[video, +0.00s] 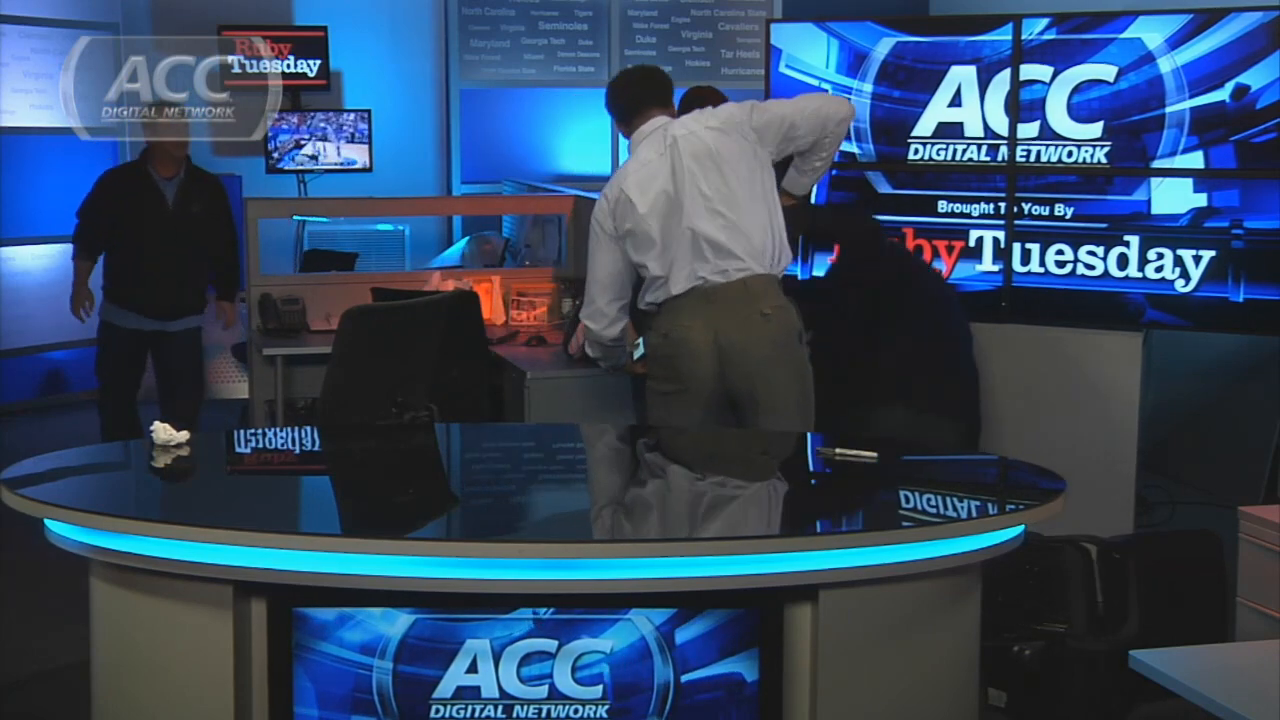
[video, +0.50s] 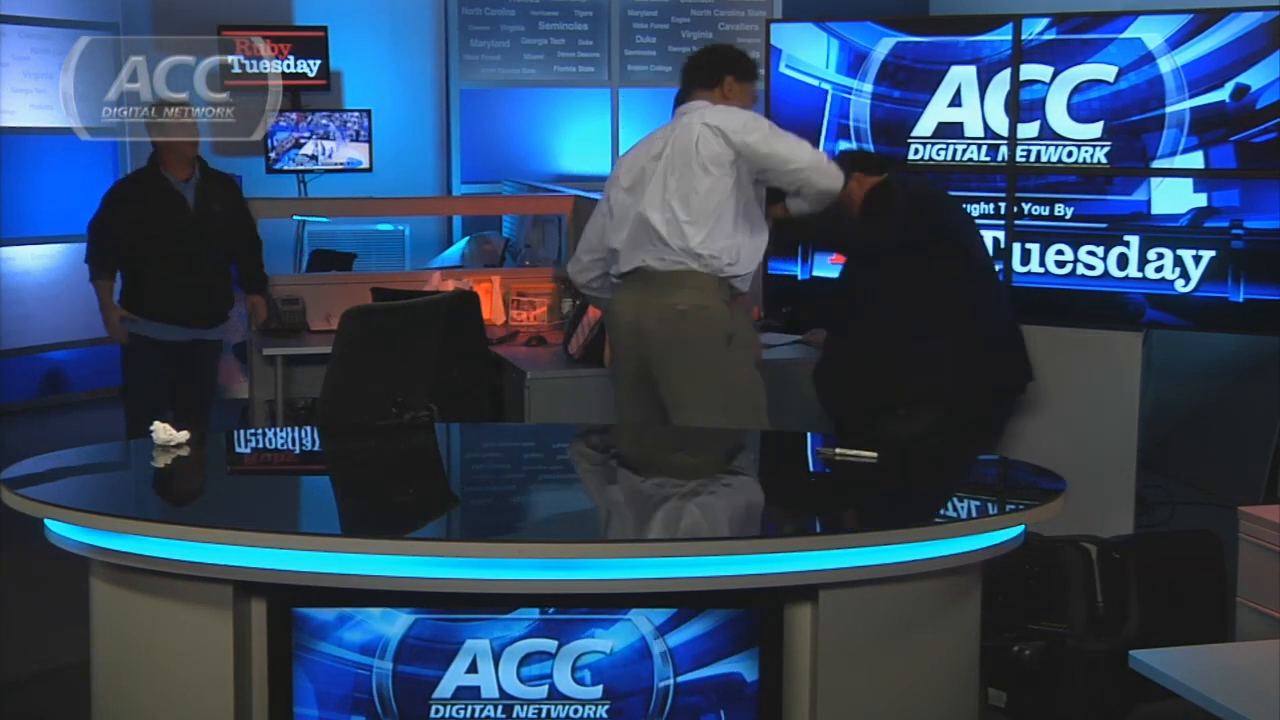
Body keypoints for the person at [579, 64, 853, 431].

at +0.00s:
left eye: (614, 125)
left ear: (619, 127)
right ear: (673, 105)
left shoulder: (617, 194)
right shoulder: (733, 122)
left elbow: (603, 324)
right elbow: (836, 111)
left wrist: (621, 360)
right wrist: (792, 189)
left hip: (679, 326)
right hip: (762, 310)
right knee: (765, 473)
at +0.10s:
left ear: (625, 114)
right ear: (680, 97)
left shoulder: (616, 191)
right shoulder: (732, 120)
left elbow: (599, 319)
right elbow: (837, 109)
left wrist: (616, 353)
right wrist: (796, 181)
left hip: (671, 325)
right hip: (753, 309)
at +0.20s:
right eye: (696, 95)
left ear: (635, 108)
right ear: (690, 95)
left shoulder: (616, 184)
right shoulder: (731, 118)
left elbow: (593, 307)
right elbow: (837, 112)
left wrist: (621, 347)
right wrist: (797, 173)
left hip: (665, 319)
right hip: (744, 306)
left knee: (677, 477)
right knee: (745, 476)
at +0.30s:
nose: (711, 99)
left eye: (710, 94)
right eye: (710, 92)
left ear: (648, 101)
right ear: (698, 90)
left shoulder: (618, 175)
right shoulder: (730, 117)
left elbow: (590, 295)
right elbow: (837, 122)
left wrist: (624, 331)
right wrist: (795, 172)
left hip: (656, 316)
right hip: (731, 306)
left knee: (663, 470)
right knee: (736, 473)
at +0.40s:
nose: (728, 99)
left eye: (727, 91)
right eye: (725, 90)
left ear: (665, 92)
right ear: (707, 84)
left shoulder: (623, 164)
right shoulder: (725, 118)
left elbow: (585, 282)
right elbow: (833, 146)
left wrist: (630, 321)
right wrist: (791, 183)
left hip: (643, 311)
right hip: (715, 302)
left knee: (654, 460)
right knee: (723, 463)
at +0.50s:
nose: (753, 104)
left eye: (753, 95)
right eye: (750, 93)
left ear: (687, 91)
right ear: (728, 85)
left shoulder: (633, 157)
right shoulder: (727, 122)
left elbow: (585, 269)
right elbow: (826, 180)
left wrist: (635, 307)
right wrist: (781, 210)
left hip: (629, 312)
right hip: (698, 307)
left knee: (642, 459)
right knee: (714, 462)